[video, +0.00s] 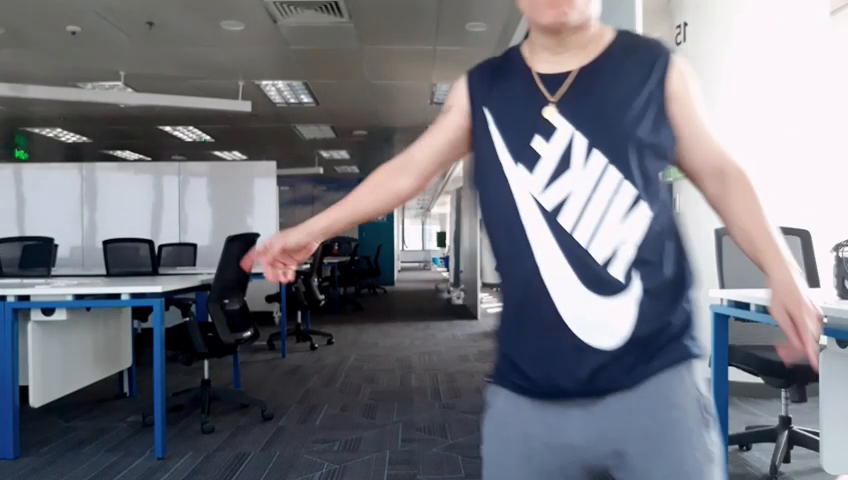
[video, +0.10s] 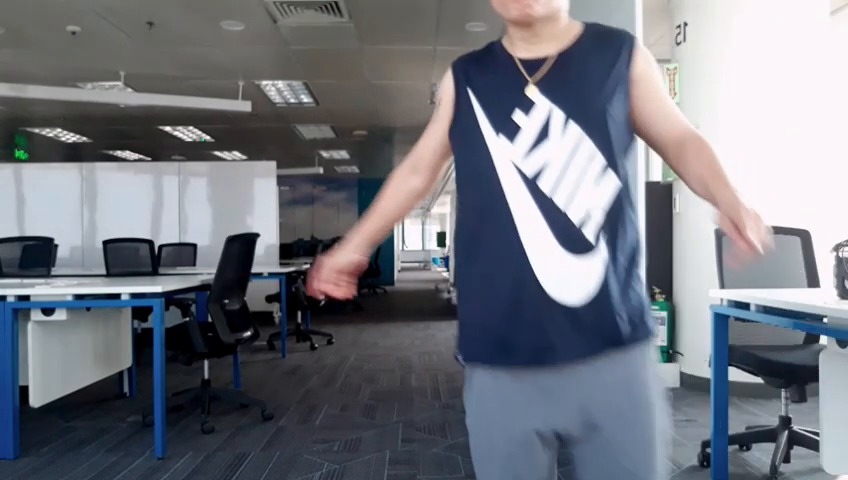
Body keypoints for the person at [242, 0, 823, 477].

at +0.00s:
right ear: (517, 1)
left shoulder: (654, 66)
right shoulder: (480, 88)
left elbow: (719, 176)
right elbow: (406, 173)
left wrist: (780, 276)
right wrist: (312, 231)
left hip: (655, 384)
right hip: (527, 391)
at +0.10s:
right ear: (490, 0)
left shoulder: (620, 55)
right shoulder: (463, 77)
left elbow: (679, 141)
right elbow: (417, 171)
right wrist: (353, 248)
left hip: (614, 353)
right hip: (500, 360)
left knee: (636, 470)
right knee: (505, 470)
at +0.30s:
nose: (473, 10)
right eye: (462, 4)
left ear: (527, 5)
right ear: (454, 27)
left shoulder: (582, 82)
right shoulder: (455, 111)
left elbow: (645, 151)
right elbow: (447, 205)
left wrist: (671, 191)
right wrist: (423, 281)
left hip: (567, 351)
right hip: (479, 358)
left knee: (551, 472)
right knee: (507, 472)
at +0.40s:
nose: (469, 25)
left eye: (484, 10)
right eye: (456, 17)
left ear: (517, 22)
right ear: (447, 39)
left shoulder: (565, 91)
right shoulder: (450, 116)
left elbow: (628, 154)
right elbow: (438, 203)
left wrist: (649, 199)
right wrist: (396, 270)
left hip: (546, 334)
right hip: (463, 337)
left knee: (537, 471)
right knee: (484, 470)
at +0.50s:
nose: (467, 25)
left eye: (482, 11)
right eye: (453, 18)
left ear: (514, 24)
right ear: (444, 39)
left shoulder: (560, 89)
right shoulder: (445, 115)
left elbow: (618, 154)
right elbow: (432, 197)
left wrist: (641, 203)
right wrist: (383, 259)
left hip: (540, 326)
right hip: (457, 327)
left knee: (532, 466)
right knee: (470, 463)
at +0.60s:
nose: (453, 34)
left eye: (466, 20)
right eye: (440, 25)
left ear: (493, 31)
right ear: (428, 44)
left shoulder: (533, 92)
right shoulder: (424, 113)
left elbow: (572, 167)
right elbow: (390, 187)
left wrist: (599, 242)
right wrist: (332, 224)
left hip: (513, 307)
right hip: (434, 304)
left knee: (515, 447)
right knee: (406, 431)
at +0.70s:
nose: (443, 55)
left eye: (455, 45)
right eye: (431, 47)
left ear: (478, 54)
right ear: (418, 63)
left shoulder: (514, 120)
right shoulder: (408, 132)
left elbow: (545, 198)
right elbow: (377, 198)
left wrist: (571, 274)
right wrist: (330, 225)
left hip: (495, 319)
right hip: (421, 317)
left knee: (503, 457)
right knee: (385, 438)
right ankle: (388, 475)